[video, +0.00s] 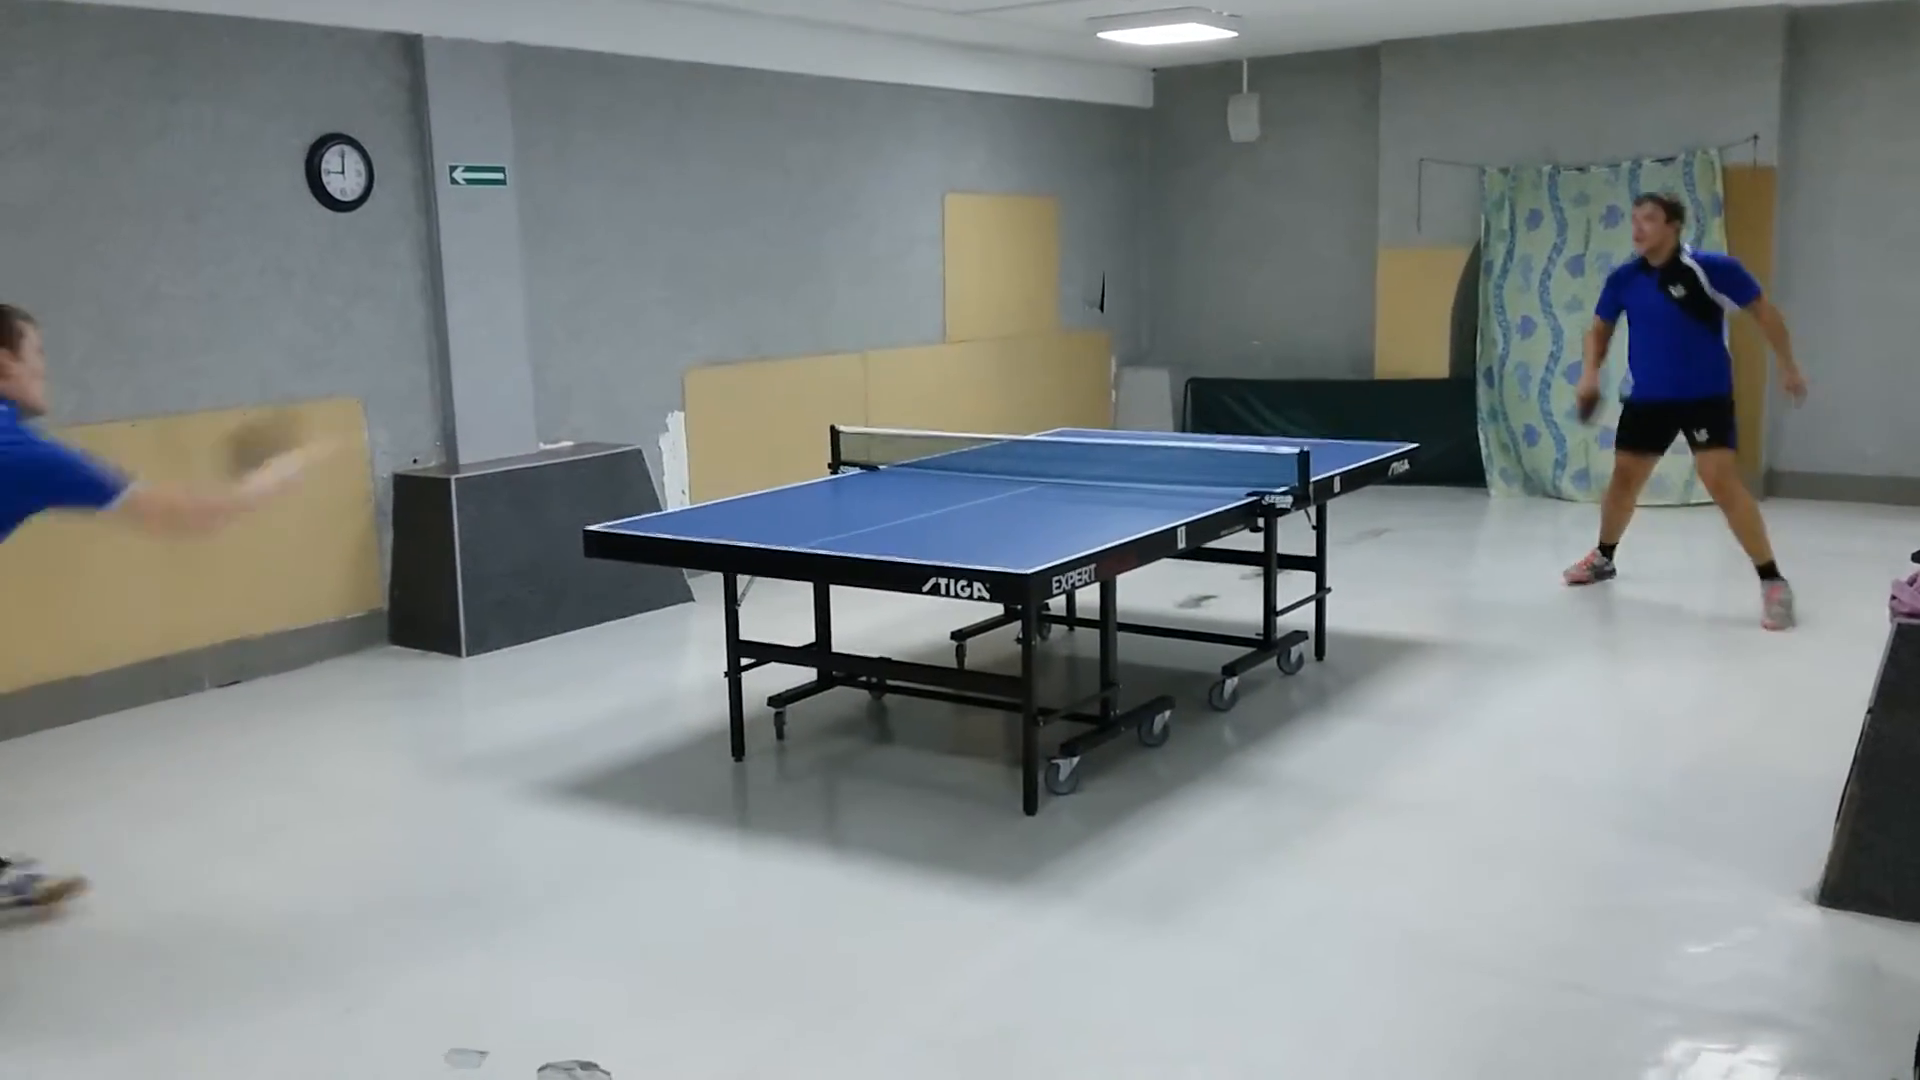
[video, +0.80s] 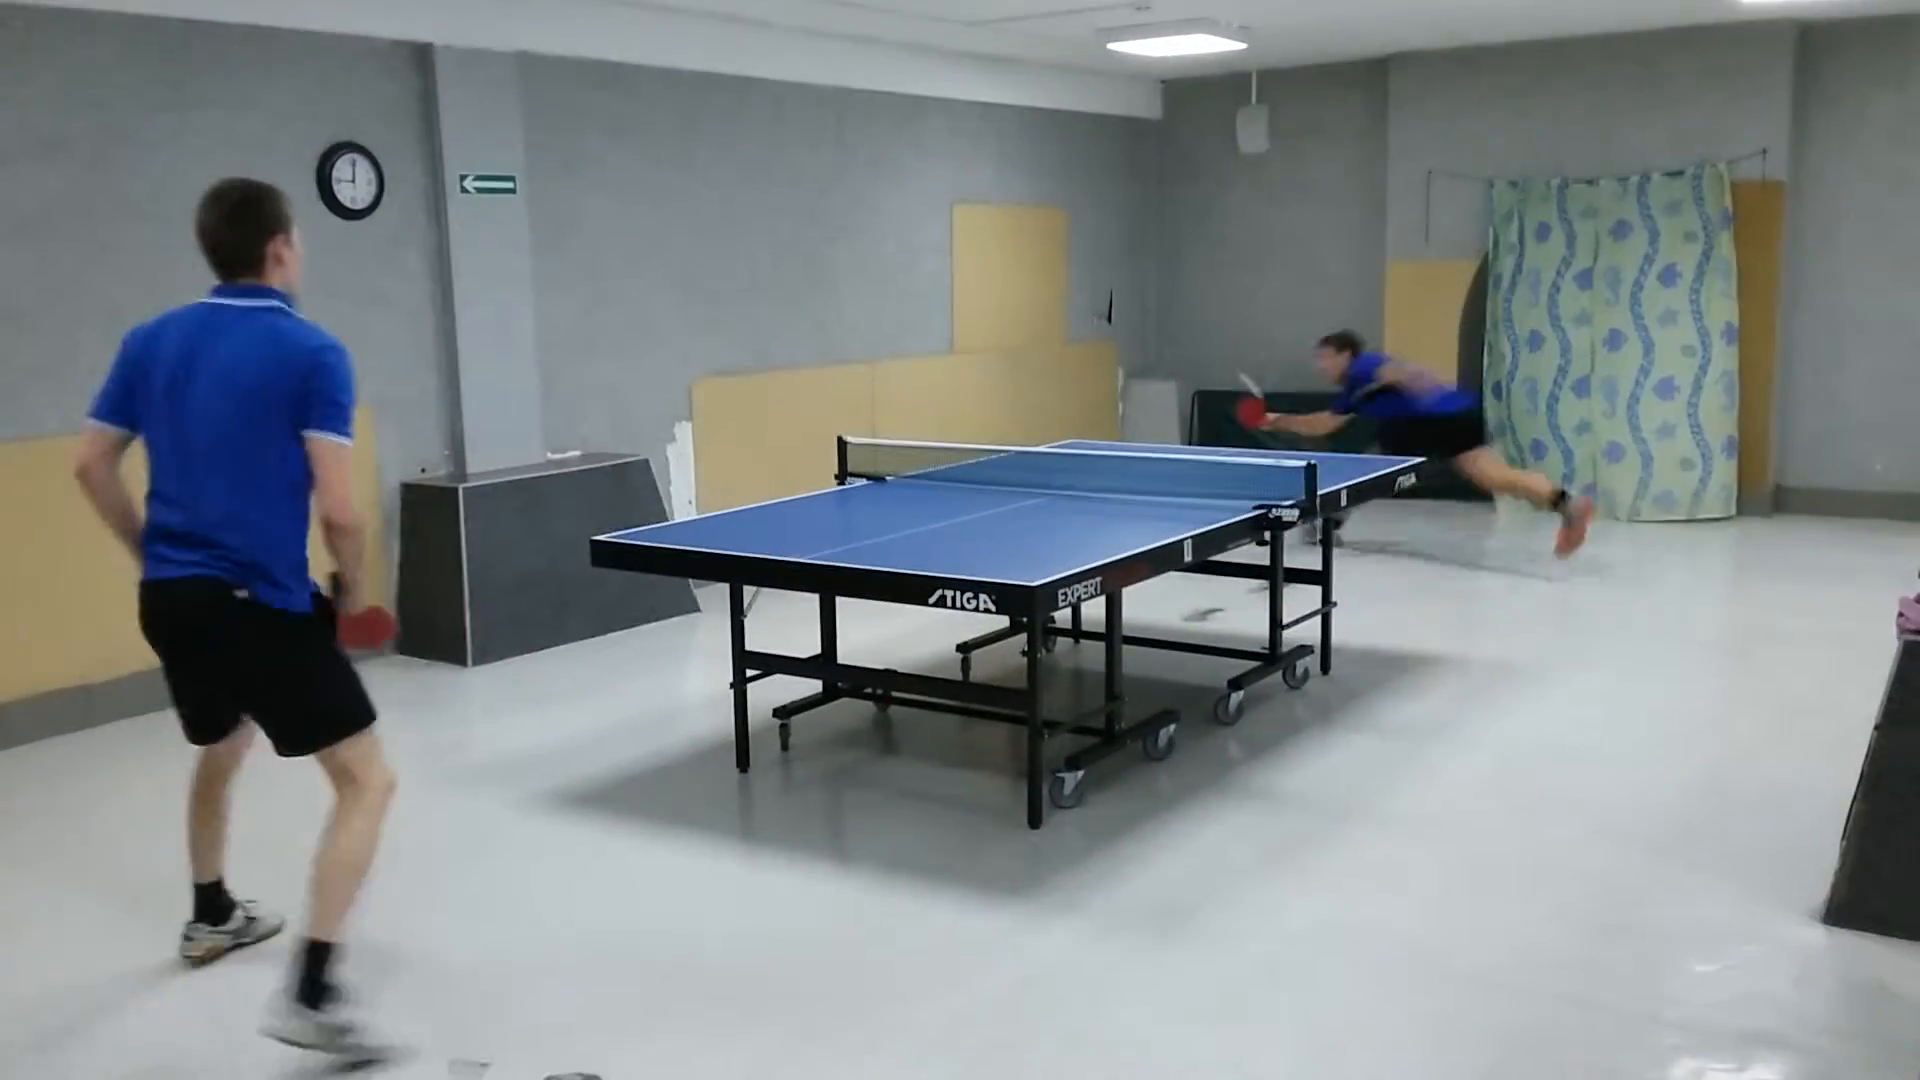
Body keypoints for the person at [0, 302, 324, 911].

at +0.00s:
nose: (43, 368)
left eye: (39, 353)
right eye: (33, 354)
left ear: (8, 363)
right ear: (5, 363)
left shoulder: (16, 444)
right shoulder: (17, 449)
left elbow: (161, 509)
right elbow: (169, 511)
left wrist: (245, 488)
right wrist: (273, 478)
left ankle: (5, 871)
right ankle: (4, 871)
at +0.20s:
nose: (108, 351)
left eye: (105, 336)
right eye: (103, 336)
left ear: (28, 343)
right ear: (77, 339)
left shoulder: (9, 392)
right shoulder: (99, 407)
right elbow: (248, 498)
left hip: (4, 633)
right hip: (1, 636)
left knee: (14, 783)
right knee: (71, 797)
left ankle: (9, 901)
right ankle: (4, 898)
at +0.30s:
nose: (134, 338)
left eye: (128, 323)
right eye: (128, 324)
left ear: (53, 338)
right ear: (105, 332)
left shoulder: (10, 390)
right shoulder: (131, 406)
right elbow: (238, 531)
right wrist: (293, 617)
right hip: (23, 625)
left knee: (18, 755)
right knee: (142, 786)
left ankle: (2, 902)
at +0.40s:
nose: (164, 328)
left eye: (158, 313)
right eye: (158, 315)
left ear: (80, 330)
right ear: (138, 325)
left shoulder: (21, 395)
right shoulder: (161, 404)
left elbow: (14, 510)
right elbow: (238, 546)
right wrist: (240, 648)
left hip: (0, 630)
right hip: (60, 634)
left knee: (54, 758)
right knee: (204, 800)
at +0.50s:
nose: (201, 319)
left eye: (194, 304)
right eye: (194, 305)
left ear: (119, 323)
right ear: (174, 317)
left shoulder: (62, 400)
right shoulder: (205, 400)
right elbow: (258, 550)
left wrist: (31, 599)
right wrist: (237, 631)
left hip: (58, 642)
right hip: (146, 649)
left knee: (98, 763)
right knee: (281, 812)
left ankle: (23, 910)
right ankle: (242, 1029)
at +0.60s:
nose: (241, 302)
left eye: (235, 288)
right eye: (235, 290)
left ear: (152, 306)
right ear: (218, 300)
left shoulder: (105, 391)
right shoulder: (248, 391)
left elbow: (27, 509)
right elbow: (281, 542)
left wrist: (82, 594)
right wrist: (277, 611)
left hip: (119, 643)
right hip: (214, 649)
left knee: (153, 756)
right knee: (311, 818)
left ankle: (80, 913)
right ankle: (244, 1030)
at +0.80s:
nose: (299, 253)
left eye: (293, 239)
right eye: (295, 241)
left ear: (211, 256)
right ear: (279, 252)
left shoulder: (154, 341)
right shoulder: (311, 351)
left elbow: (92, 464)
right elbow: (337, 510)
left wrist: (148, 549)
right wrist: (352, 584)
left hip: (171, 599)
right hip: (263, 602)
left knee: (221, 744)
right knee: (366, 780)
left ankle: (210, 913)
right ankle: (312, 992)